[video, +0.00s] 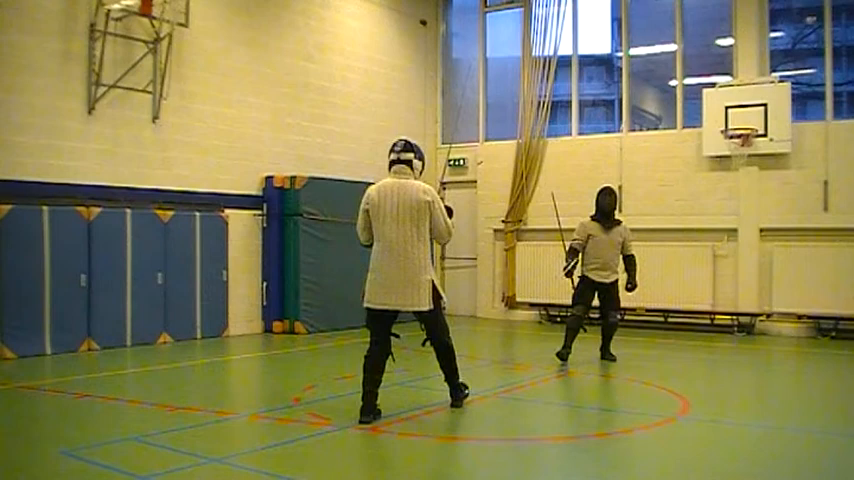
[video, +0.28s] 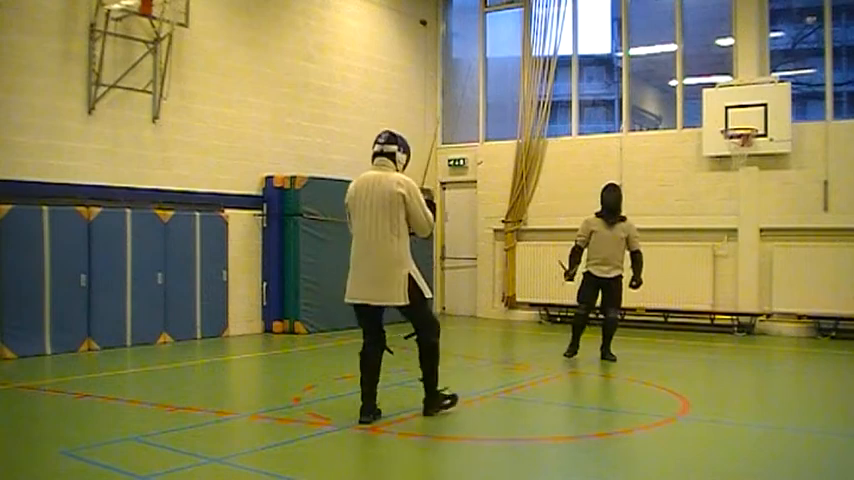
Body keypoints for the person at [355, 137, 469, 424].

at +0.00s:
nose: (420, 167)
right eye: (420, 163)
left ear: (390, 162)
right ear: (417, 163)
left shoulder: (373, 192)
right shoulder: (426, 193)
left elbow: (364, 238)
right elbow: (444, 235)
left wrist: (389, 229)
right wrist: (444, 213)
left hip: (381, 283)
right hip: (419, 283)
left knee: (378, 343)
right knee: (440, 337)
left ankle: (368, 407)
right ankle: (455, 390)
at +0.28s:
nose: (405, 162)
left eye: (405, 158)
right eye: (406, 158)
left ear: (375, 155)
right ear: (400, 157)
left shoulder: (355, 185)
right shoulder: (404, 184)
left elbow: (354, 227)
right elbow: (424, 229)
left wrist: (388, 217)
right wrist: (427, 202)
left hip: (361, 277)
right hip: (398, 275)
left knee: (372, 339)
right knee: (428, 328)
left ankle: (367, 407)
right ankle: (432, 396)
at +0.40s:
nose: (396, 157)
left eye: (397, 152)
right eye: (396, 152)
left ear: (365, 149)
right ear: (390, 151)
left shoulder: (346, 181)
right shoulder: (391, 178)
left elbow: (354, 220)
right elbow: (413, 222)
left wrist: (394, 220)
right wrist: (413, 197)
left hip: (348, 276)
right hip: (385, 274)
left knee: (369, 338)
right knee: (412, 335)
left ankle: (368, 406)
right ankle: (392, 403)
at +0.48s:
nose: (391, 155)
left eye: (391, 150)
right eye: (391, 150)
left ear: (360, 147)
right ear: (386, 149)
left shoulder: (341, 180)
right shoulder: (384, 176)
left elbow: (354, 220)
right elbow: (406, 221)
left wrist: (392, 198)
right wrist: (407, 194)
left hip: (344, 278)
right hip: (376, 277)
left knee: (367, 340)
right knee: (394, 342)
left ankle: (366, 407)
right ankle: (361, 403)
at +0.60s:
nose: (376, 159)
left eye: (376, 154)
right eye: (376, 154)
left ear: (345, 151)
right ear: (369, 153)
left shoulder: (326, 183)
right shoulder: (366, 180)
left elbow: (335, 224)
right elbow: (387, 225)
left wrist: (374, 200)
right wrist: (390, 197)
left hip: (328, 280)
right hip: (355, 280)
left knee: (358, 344)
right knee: (355, 345)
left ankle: (360, 408)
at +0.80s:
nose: (353, 163)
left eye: (353, 157)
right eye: (353, 157)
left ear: (321, 153)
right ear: (346, 155)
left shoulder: (301, 186)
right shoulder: (339, 182)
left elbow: (321, 227)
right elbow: (362, 228)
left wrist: (356, 197)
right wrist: (366, 201)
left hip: (304, 285)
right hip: (325, 286)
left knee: (345, 340)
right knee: (311, 356)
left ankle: (355, 409)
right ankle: (263, 426)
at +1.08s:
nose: (313, 154)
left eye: (314, 148)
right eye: (312, 148)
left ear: (279, 144)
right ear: (303, 146)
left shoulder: (262, 177)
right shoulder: (296, 174)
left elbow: (280, 220)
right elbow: (322, 223)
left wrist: (318, 190)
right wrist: (327, 193)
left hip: (267, 281)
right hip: (290, 282)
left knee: (308, 345)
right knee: (285, 355)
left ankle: (325, 412)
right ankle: (249, 433)